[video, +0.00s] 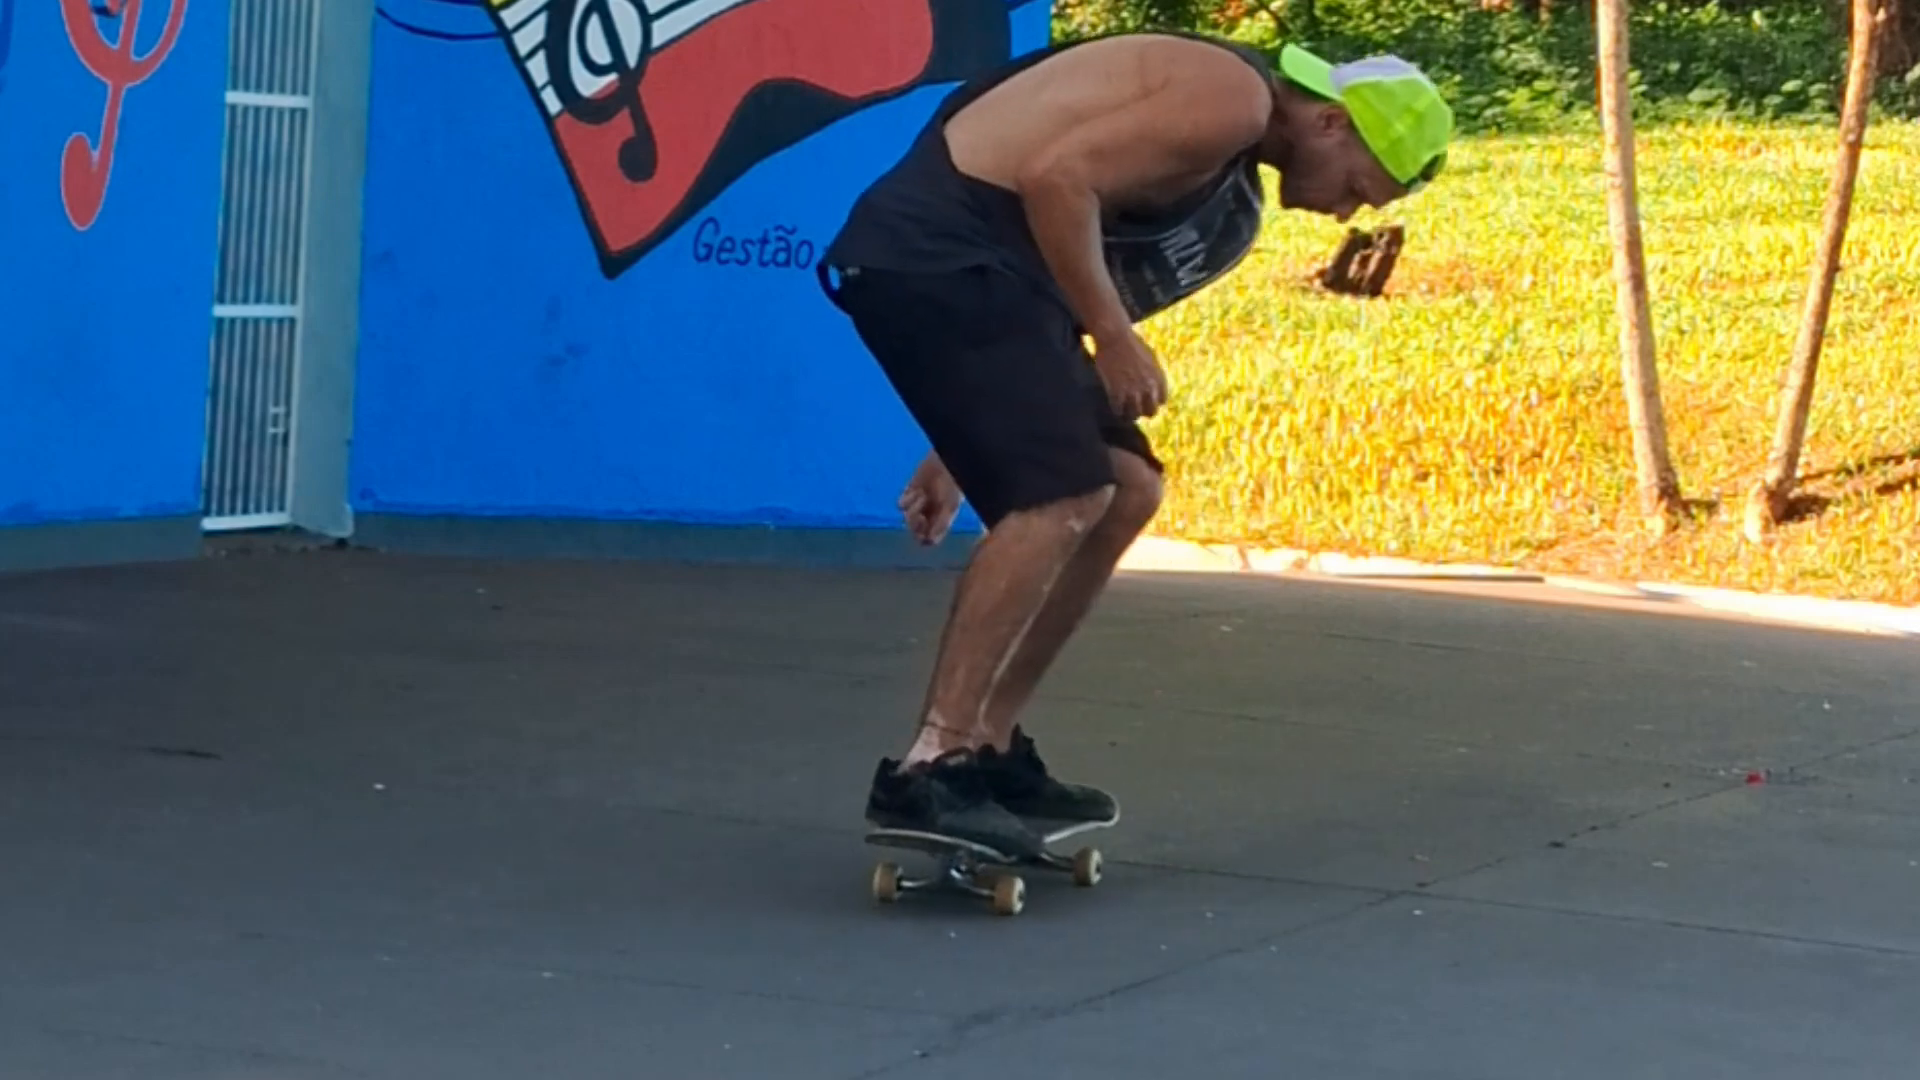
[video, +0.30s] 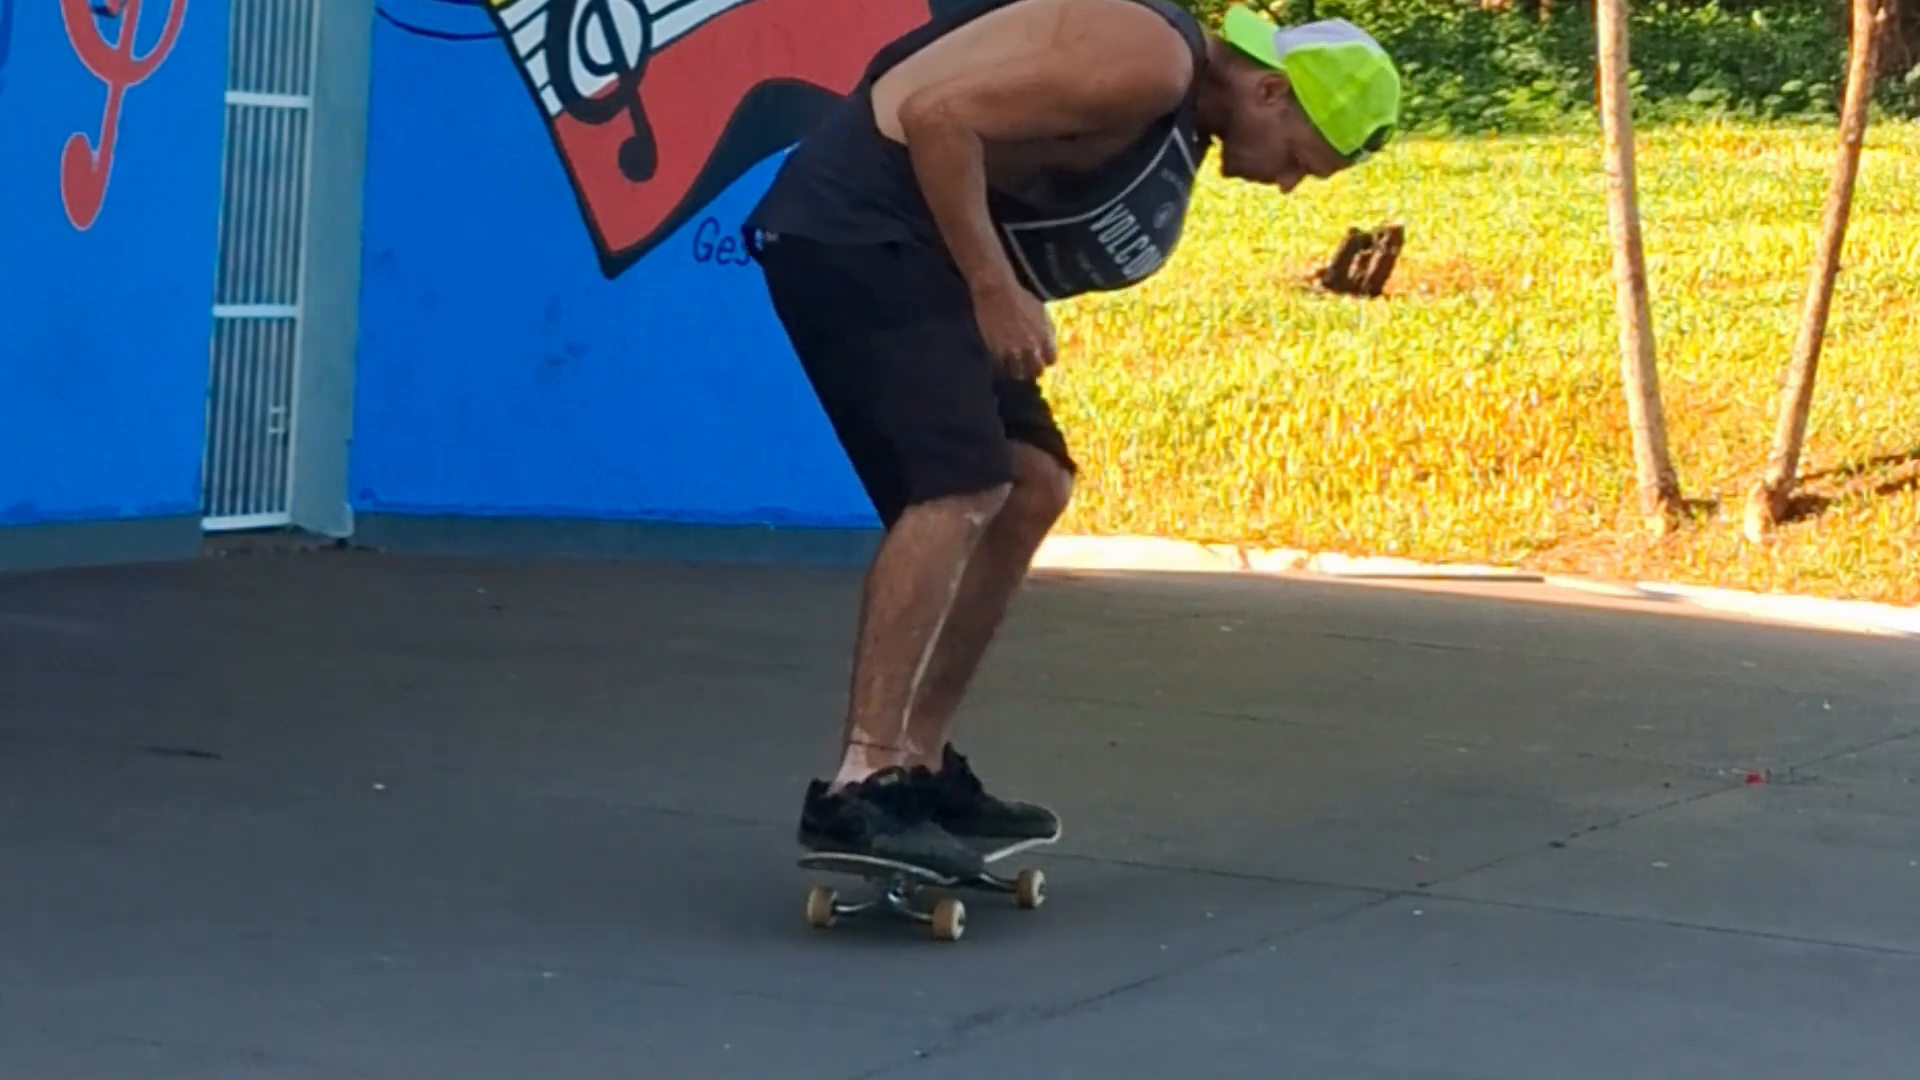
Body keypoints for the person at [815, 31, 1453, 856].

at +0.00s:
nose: (1355, 210)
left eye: (1372, 201)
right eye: (1366, 187)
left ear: (1333, 119)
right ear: (1335, 121)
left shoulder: (1225, 186)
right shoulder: (1228, 99)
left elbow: (1053, 286)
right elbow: (1056, 175)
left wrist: (961, 447)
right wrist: (1114, 334)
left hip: (985, 266)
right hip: (930, 249)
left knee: (1128, 490)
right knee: (1060, 498)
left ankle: (987, 743)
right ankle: (930, 763)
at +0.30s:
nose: (1292, 184)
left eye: (1311, 173)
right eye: (1304, 160)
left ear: (1276, 90)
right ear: (1275, 92)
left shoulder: (1173, 120)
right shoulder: (1143, 56)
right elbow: (931, 109)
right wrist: (993, 288)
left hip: (924, 255)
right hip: (853, 231)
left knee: (1034, 482)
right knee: (962, 484)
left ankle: (917, 762)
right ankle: (861, 782)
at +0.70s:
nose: (1226, 123)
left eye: (1244, 112)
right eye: (1232, 99)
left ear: (1189, 28)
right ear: (1191, 30)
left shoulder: (1107, 78)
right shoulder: (1041, 25)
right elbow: (825, 77)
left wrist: (881, 288)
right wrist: (856, 284)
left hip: (862, 242)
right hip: (754, 205)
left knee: (903, 477)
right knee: (816, 484)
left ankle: (837, 790)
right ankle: (767, 810)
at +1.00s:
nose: (1178, 92)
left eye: (1200, 82)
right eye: (1176, 65)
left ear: (1125, 7)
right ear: (1132, 1)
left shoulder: (1057, 64)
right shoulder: (970, 13)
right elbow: (755, 80)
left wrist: (810, 282)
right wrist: (772, 288)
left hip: (785, 229)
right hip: (675, 191)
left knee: (800, 484)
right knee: (717, 488)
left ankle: (771, 807)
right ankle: (693, 825)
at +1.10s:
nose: (1151, 89)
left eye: (1170, 79)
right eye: (1155, 63)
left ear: (1101, 11)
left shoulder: (1006, 50)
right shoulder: (943, 12)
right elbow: (731, 77)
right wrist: (742, 291)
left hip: (758, 229)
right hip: (655, 195)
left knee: (760, 497)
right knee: (676, 496)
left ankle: (748, 814)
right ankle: (667, 832)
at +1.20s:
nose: (1132, 83)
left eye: (1149, 73)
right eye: (1132, 58)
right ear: (1089, 2)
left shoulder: (1006, 69)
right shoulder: (921, 12)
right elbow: (704, 81)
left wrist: (754, 290)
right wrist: (711, 296)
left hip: (731, 231)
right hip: (627, 198)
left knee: (727, 506)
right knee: (642, 502)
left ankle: (724, 818)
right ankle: (640, 838)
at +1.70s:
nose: (1014, 23)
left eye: (1026, 20)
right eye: (1012, 6)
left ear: (993, 17)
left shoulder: (907, 51)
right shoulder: (771, 4)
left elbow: (723, 143)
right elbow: (550, 67)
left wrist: (685, 311)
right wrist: (557, 294)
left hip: (609, 225)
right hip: (479, 178)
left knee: (590, 521)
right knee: (485, 512)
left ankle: (603, 854)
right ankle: (499, 874)